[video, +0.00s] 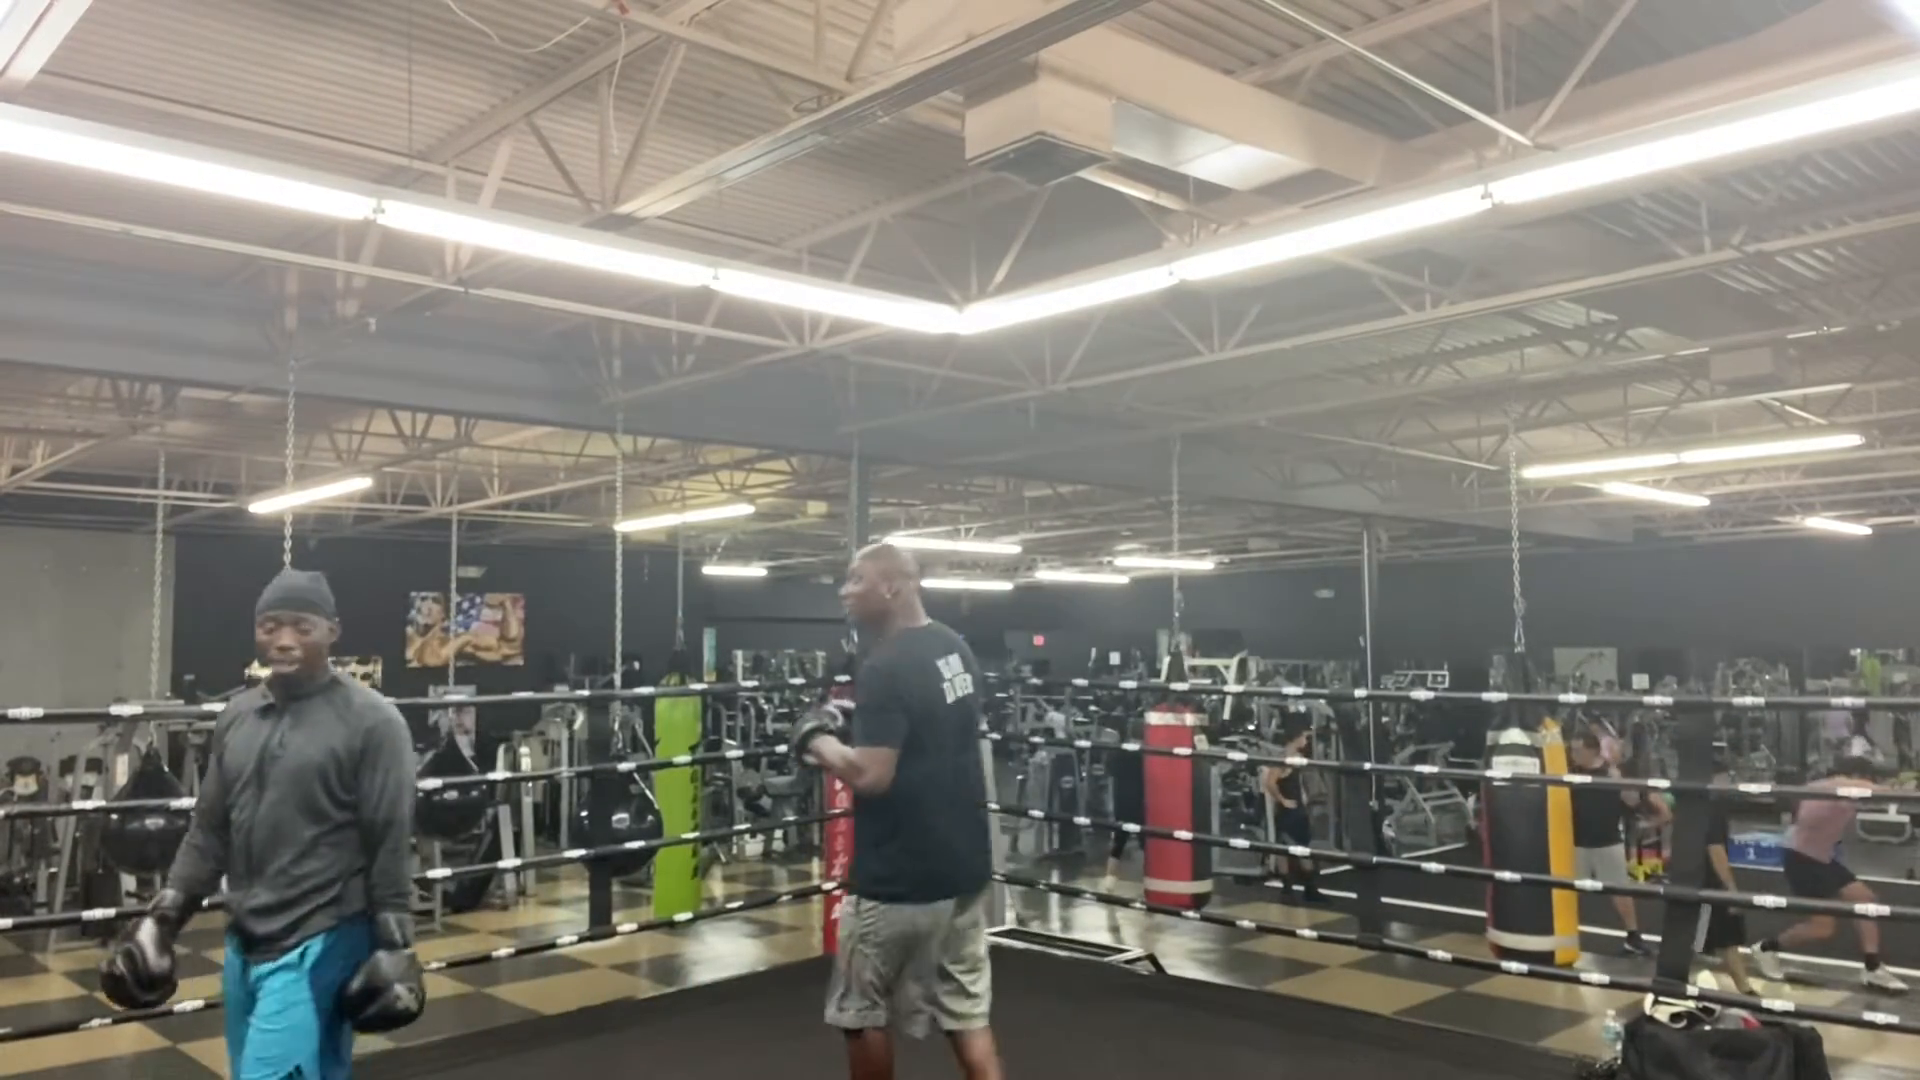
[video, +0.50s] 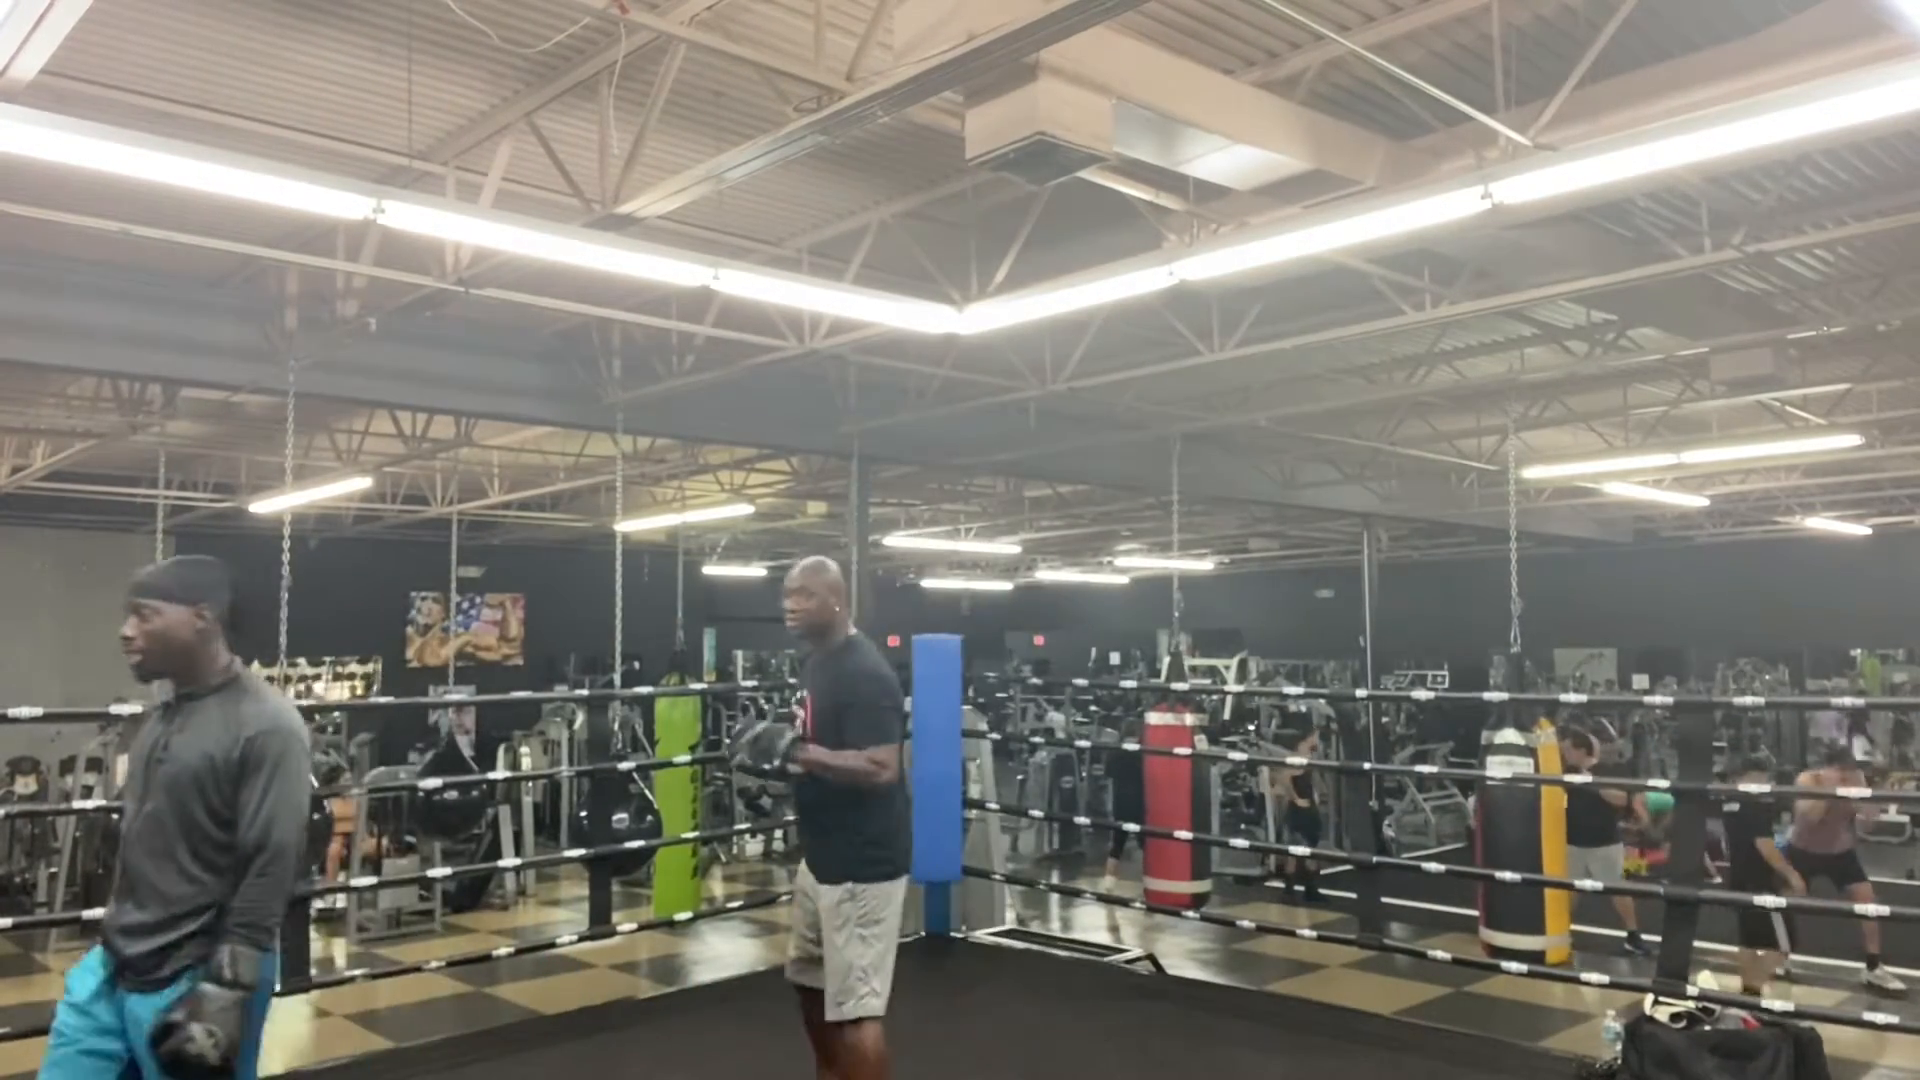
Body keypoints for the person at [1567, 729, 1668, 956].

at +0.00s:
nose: (1572, 754)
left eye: (1577, 750)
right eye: (1571, 750)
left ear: (1592, 750)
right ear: (1571, 751)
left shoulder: (1609, 773)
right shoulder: (1570, 774)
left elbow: (1631, 799)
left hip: (1608, 842)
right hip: (1576, 841)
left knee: (1620, 891)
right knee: (1567, 892)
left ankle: (1633, 935)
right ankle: (1565, 940)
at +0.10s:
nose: (1573, 754)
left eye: (1578, 749)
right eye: (1571, 749)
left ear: (1595, 751)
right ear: (1571, 751)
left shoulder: (1610, 773)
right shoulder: (1569, 773)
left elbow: (1628, 800)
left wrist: (1607, 780)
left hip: (1606, 841)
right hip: (1573, 841)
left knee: (1619, 890)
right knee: (1566, 893)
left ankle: (1633, 934)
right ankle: (1563, 939)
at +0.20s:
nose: (1569, 755)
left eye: (1573, 750)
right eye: (1568, 750)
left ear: (1590, 750)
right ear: (1568, 750)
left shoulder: (1616, 771)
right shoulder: (1568, 772)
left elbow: (1625, 800)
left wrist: (1600, 780)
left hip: (1607, 843)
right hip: (1573, 842)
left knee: (1618, 890)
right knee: (1565, 893)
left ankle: (1633, 934)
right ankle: (1561, 938)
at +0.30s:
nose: (1569, 754)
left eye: (1573, 750)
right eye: (1568, 750)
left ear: (1587, 750)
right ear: (1568, 749)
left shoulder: (1613, 771)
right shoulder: (1567, 771)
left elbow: (1620, 800)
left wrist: (1596, 780)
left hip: (1607, 841)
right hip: (1572, 840)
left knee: (1619, 890)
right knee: (1564, 892)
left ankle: (1633, 933)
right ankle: (1559, 935)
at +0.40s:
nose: (1566, 755)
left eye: (1570, 750)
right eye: (1566, 750)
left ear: (1584, 750)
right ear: (1571, 751)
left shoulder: (1609, 771)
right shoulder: (1567, 773)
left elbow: (1621, 800)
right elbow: (1556, 801)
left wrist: (1595, 782)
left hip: (1606, 842)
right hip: (1573, 841)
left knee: (1618, 891)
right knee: (1565, 891)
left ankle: (1633, 933)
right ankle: (1557, 934)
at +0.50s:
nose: (1565, 754)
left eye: (1569, 750)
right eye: (1565, 750)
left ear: (1584, 751)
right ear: (1569, 751)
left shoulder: (1607, 771)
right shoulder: (1566, 773)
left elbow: (1620, 799)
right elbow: (1554, 801)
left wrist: (1593, 783)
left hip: (1605, 842)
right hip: (1571, 840)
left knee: (1618, 890)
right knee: (1564, 891)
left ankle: (1633, 933)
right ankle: (1559, 933)